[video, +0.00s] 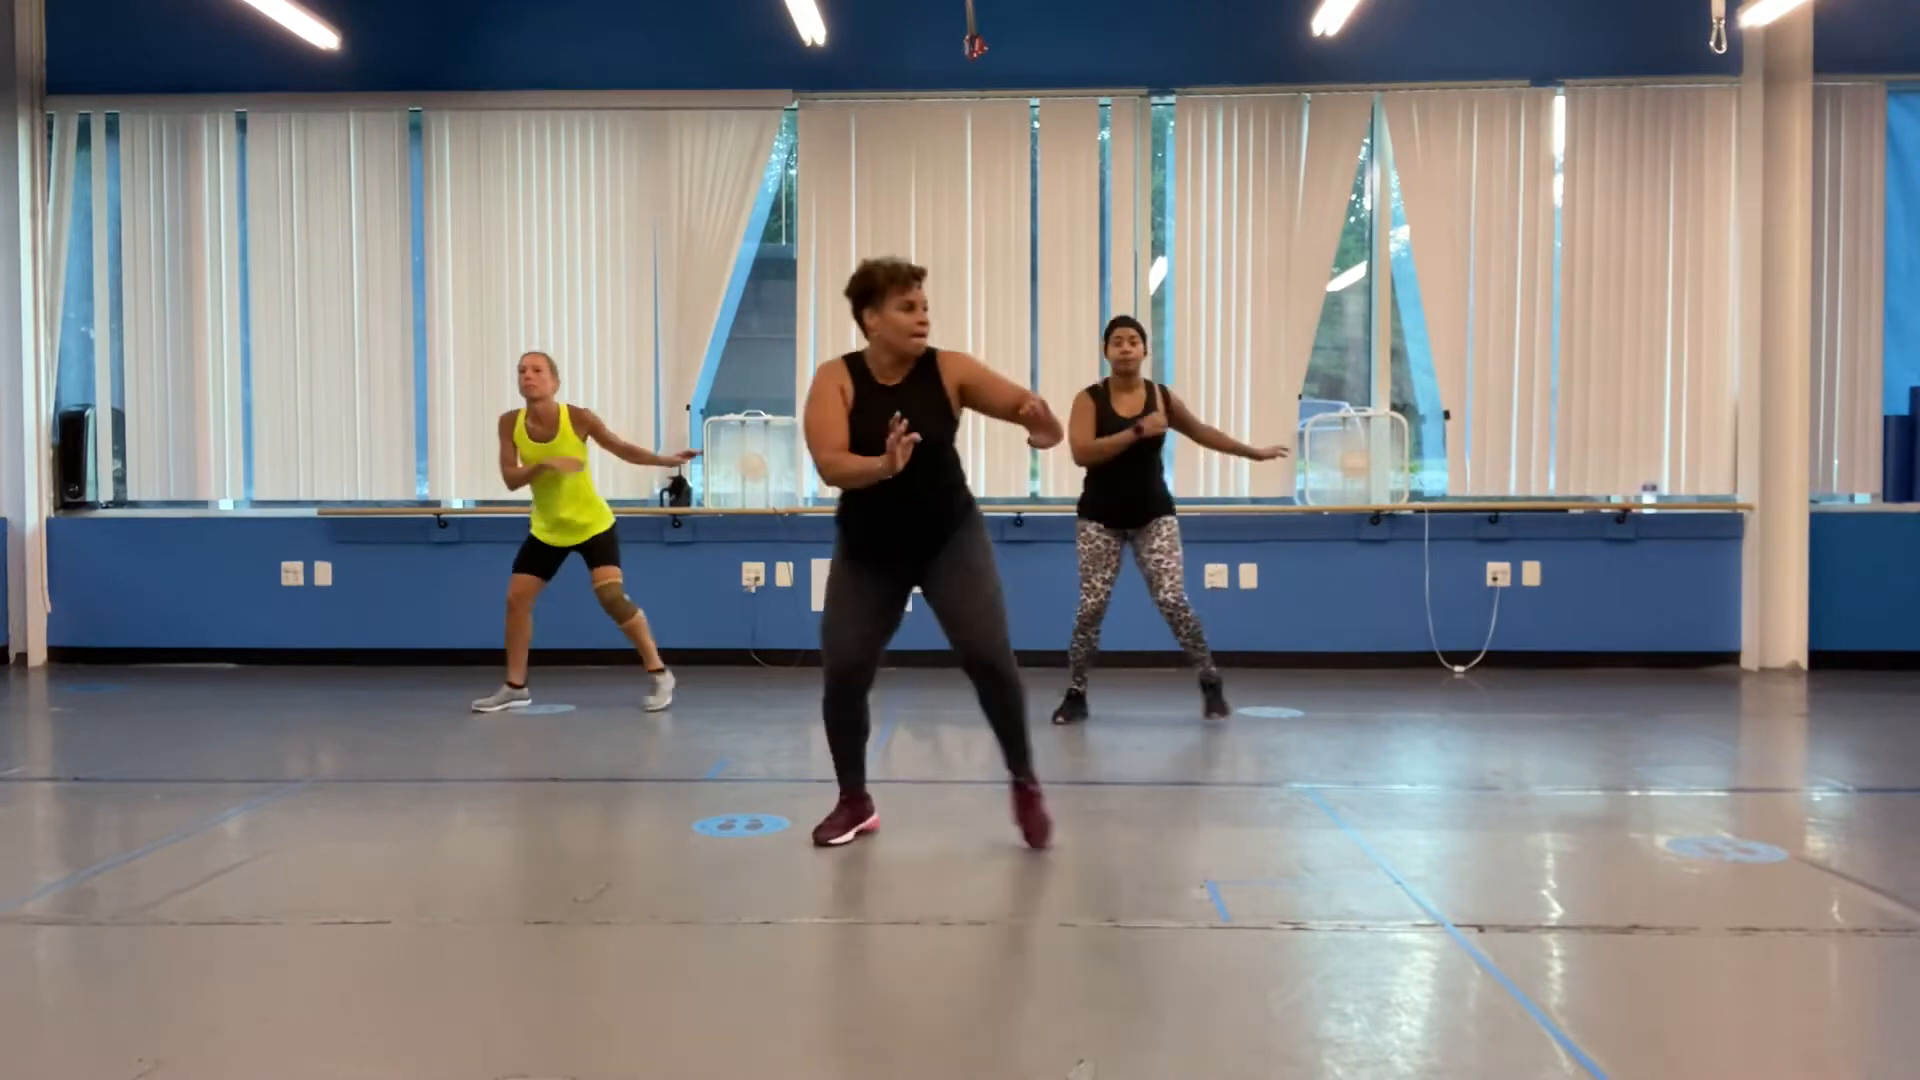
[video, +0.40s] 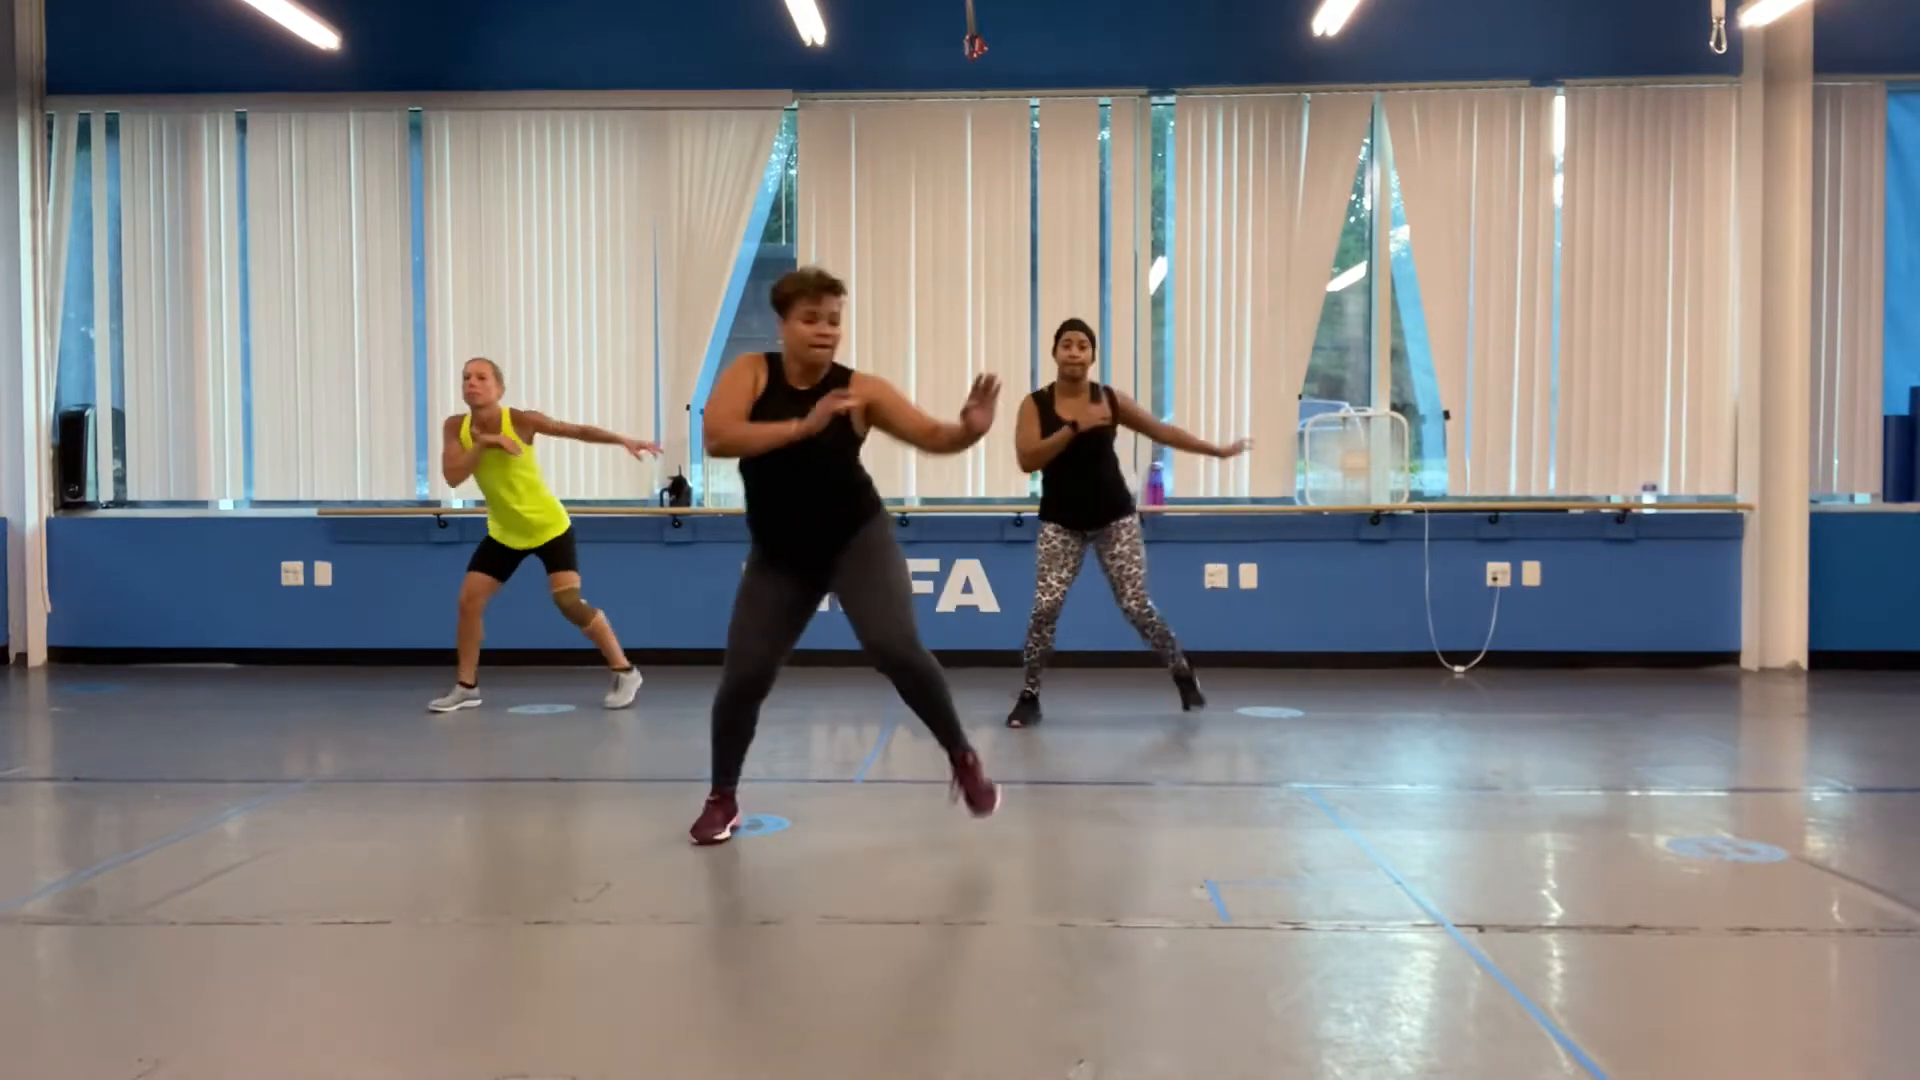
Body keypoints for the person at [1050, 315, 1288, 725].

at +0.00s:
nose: (1126, 348)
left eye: (1133, 342)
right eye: (1118, 342)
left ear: (1145, 351)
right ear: (1105, 352)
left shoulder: (1161, 398)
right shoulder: (1088, 400)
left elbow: (1201, 433)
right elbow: (1081, 453)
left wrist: (1252, 453)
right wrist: (1135, 432)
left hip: (1153, 517)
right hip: (1099, 519)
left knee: (1171, 601)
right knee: (1091, 607)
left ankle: (1211, 684)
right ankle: (1075, 694)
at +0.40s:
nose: (1074, 352)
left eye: (1082, 346)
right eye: (1067, 345)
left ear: (1093, 356)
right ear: (1054, 354)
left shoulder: (1109, 400)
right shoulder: (1035, 404)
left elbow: (1160, 431)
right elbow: (1027, 461)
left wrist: (1216, 451)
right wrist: (1073, 429)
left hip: (1113, 517)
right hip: (1060, 521)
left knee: (1134, 606)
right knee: (1045, 607)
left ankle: (1183, 674)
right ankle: (1029, 695)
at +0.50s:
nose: (1067, 363)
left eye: (1075, 356)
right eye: (1059, 356)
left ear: (1085, 365)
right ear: (1047, 363)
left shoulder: (1103, 414)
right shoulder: (1028, 417)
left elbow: (1145, 462)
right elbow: (1005, 479)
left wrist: (1194, 498)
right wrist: (1055, 473)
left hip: (1106, 528)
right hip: (1051, 532)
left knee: (1121, 613)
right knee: (1039, 612)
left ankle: (1160, 656)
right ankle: (1028, 695)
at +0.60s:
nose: (1067, 361)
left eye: (1075, 355)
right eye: (1059, 356)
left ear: (1087, 363)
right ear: (1049, 365)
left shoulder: (1106, 414)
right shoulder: (1030, 417)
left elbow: (1129, 479)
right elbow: (995, 472)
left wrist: (1139, 536)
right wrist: (1011, 517)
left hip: (1105, 530)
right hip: (1050, 531)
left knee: (1125, 615)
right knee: (1041, 612)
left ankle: (1144, 689)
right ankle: (1027, 694)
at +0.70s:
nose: (1076, 357)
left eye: (1083, 350)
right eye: (1068, 351)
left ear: (1097, 357)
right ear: (1058, 361)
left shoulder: (1117, 406)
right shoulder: (1043, 411)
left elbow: (1127, 474)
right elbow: (1000, 456)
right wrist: (973, 500)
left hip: (1113, 520)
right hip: (1059, 522)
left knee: (1138, 607)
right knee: (1050, 610)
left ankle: (1151, 678)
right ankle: (1026, 693)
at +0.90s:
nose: (1106, 365)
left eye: (1113, 356)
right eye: (1098, 359)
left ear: (1127, 359)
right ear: (1089, 367)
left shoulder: (1156, 408)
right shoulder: (1078, 416)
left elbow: (1172, 469)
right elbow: (1048, 472)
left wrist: (1122, 495)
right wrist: (999, 472)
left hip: (1146, 524)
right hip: (1091, 522)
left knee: (1166, 608)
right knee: (1078, 604)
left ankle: (1187, 699)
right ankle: (1034, 677)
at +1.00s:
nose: (1117, 369)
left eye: (1123, 360)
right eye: (1108, 362)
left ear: (1137, 363)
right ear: (1098, 368)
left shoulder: (1163, 413)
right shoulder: (1086, 419)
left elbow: (1189, 471)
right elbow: (1074, 483)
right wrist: (1040, 510)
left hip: (1154, 528)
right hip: (1098, 530)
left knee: (1174, 612)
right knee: (1087, 612)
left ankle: (1189, 700)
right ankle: (1071, 689)